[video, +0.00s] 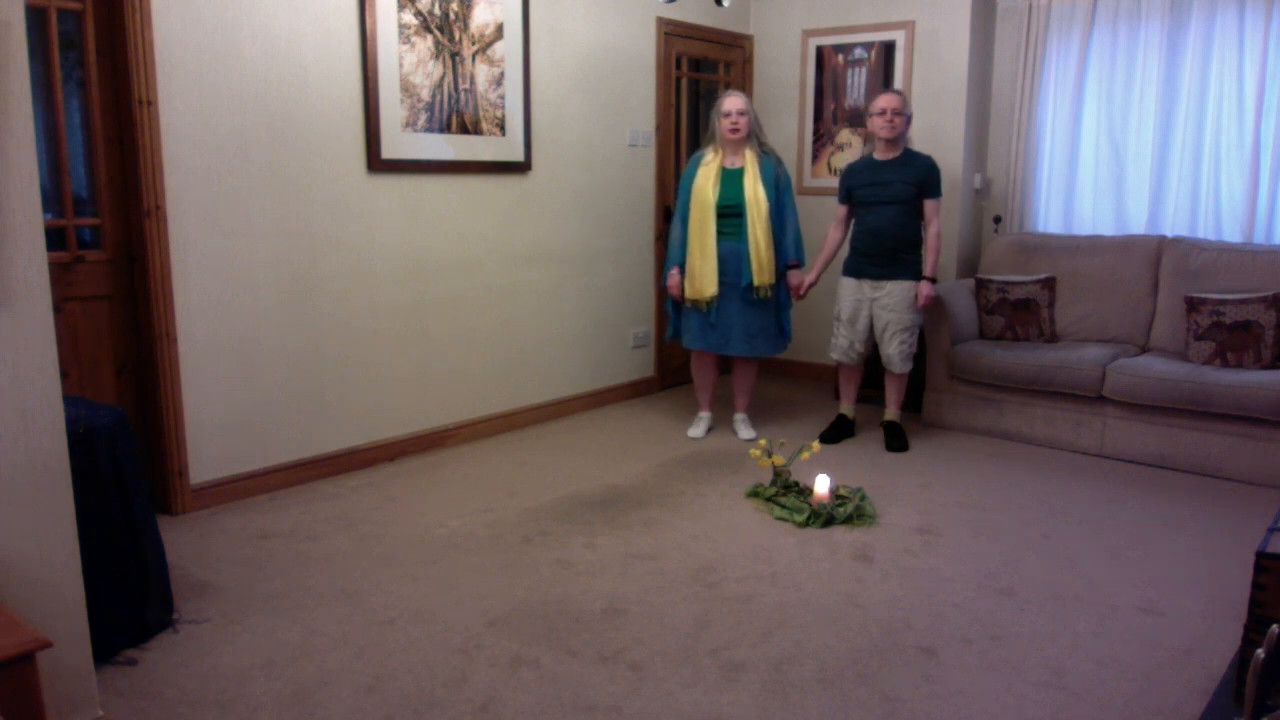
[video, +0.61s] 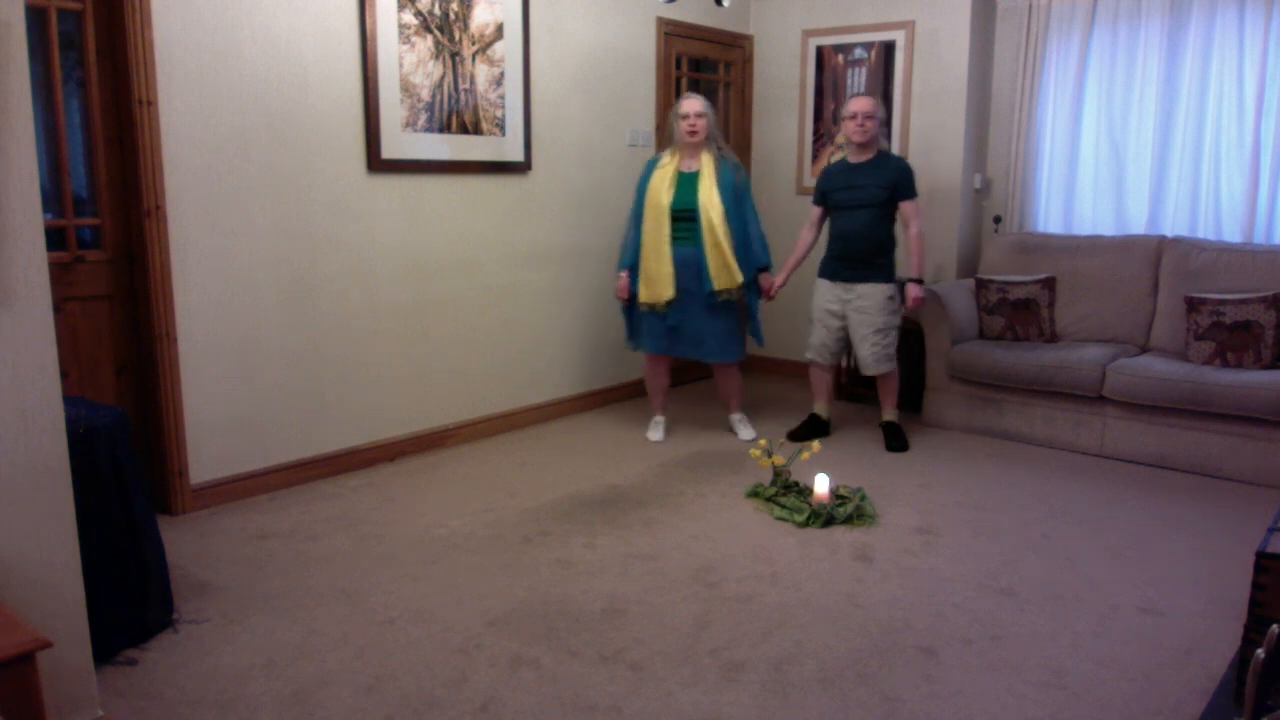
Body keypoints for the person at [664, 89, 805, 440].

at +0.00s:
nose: (734, 121)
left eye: (741, 114)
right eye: (727, 115)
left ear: (752, 120)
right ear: (716, 121)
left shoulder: (769, 164)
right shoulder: (698, 164)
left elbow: (787, 217)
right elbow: (681, 219)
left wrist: (793, 266)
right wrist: (674, 267)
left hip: (754, 272)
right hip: (704, 272)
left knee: (747, 346)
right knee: (703, 345)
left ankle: (741, 414)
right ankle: (704, 411)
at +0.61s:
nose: (692, 123)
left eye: (699, 116)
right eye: (685, 117)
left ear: (710, 122)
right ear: (674, 124)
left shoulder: (728, 168)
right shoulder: (655, 168)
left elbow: (748, 222)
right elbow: (637, 224)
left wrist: (762, 269)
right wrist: (626, 270)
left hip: (715, 274)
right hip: (660, 274)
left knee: (725, 348)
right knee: (656, 349)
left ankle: (736, 413)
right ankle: (658, 415)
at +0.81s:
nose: (674, 123)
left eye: (681, 116)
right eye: (666, 117)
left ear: (692, 122)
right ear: (656, 123)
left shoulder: (710, 169)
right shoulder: (637, 167)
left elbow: (729, 224)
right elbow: (617, 222)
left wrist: (739, 271)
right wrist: (605, 270)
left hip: (694, 276)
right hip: (643, 277)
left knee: (697, 347)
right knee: (648, 348)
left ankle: (698, 412)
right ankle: (655, 416)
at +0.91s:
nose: (668, 121)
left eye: (675, 115)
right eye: (661, 115)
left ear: (686, 120)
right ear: (650, 121)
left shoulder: (704, 169)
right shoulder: (630, 166)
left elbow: (722, 222)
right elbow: (610, 222)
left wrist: (731, 269)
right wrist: (599, 272)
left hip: (687, 274)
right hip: (637, 274)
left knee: (680, 347)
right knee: (646, 348)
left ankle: (666, 420)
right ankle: (655, 417)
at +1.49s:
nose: (637, 116)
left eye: (645, 110)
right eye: (630, 111)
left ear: (656, 119)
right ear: (617, 119)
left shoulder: (674, 167)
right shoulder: (597, 166)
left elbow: (692, 225)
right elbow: (577, 229)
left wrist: (700, 277)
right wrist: (570, 282)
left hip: (661, 283)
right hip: (607, 283)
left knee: (648, 367)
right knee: (606, 367)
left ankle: (632, 442)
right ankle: (621, 409)